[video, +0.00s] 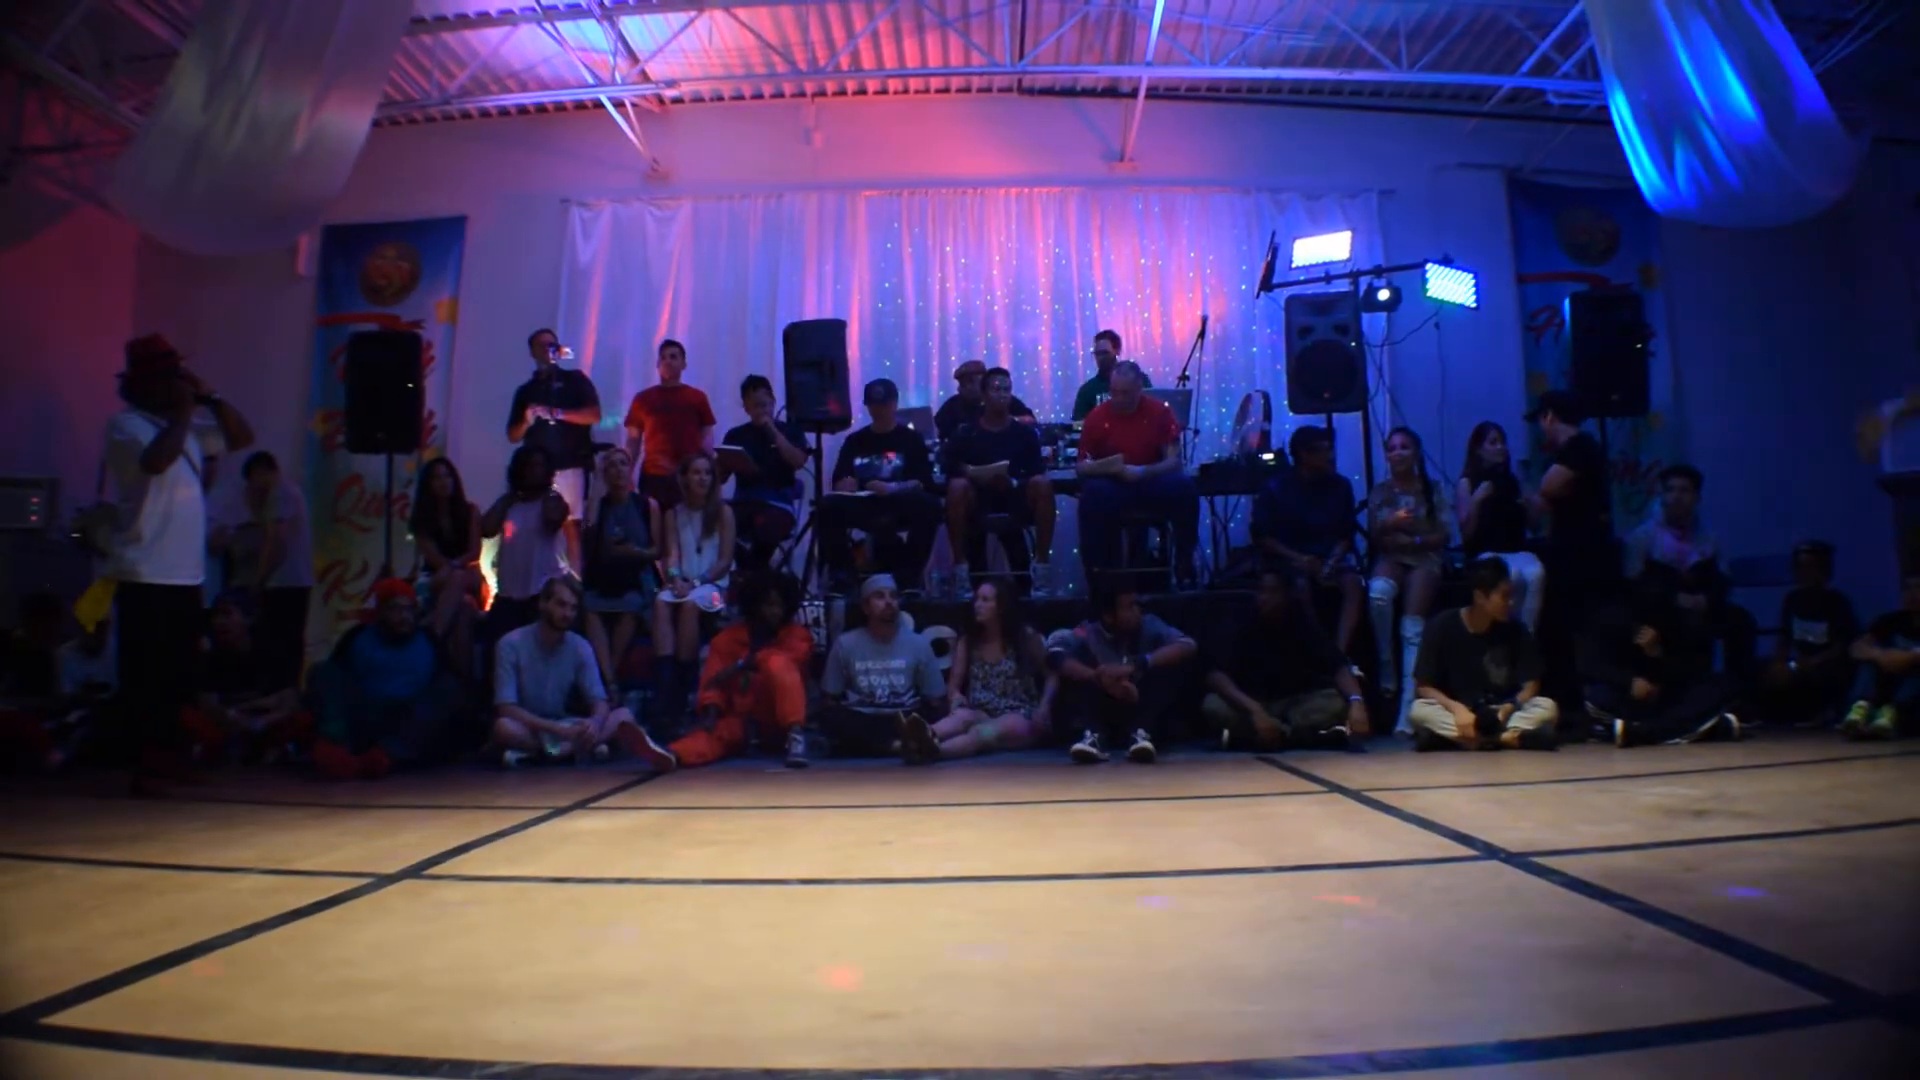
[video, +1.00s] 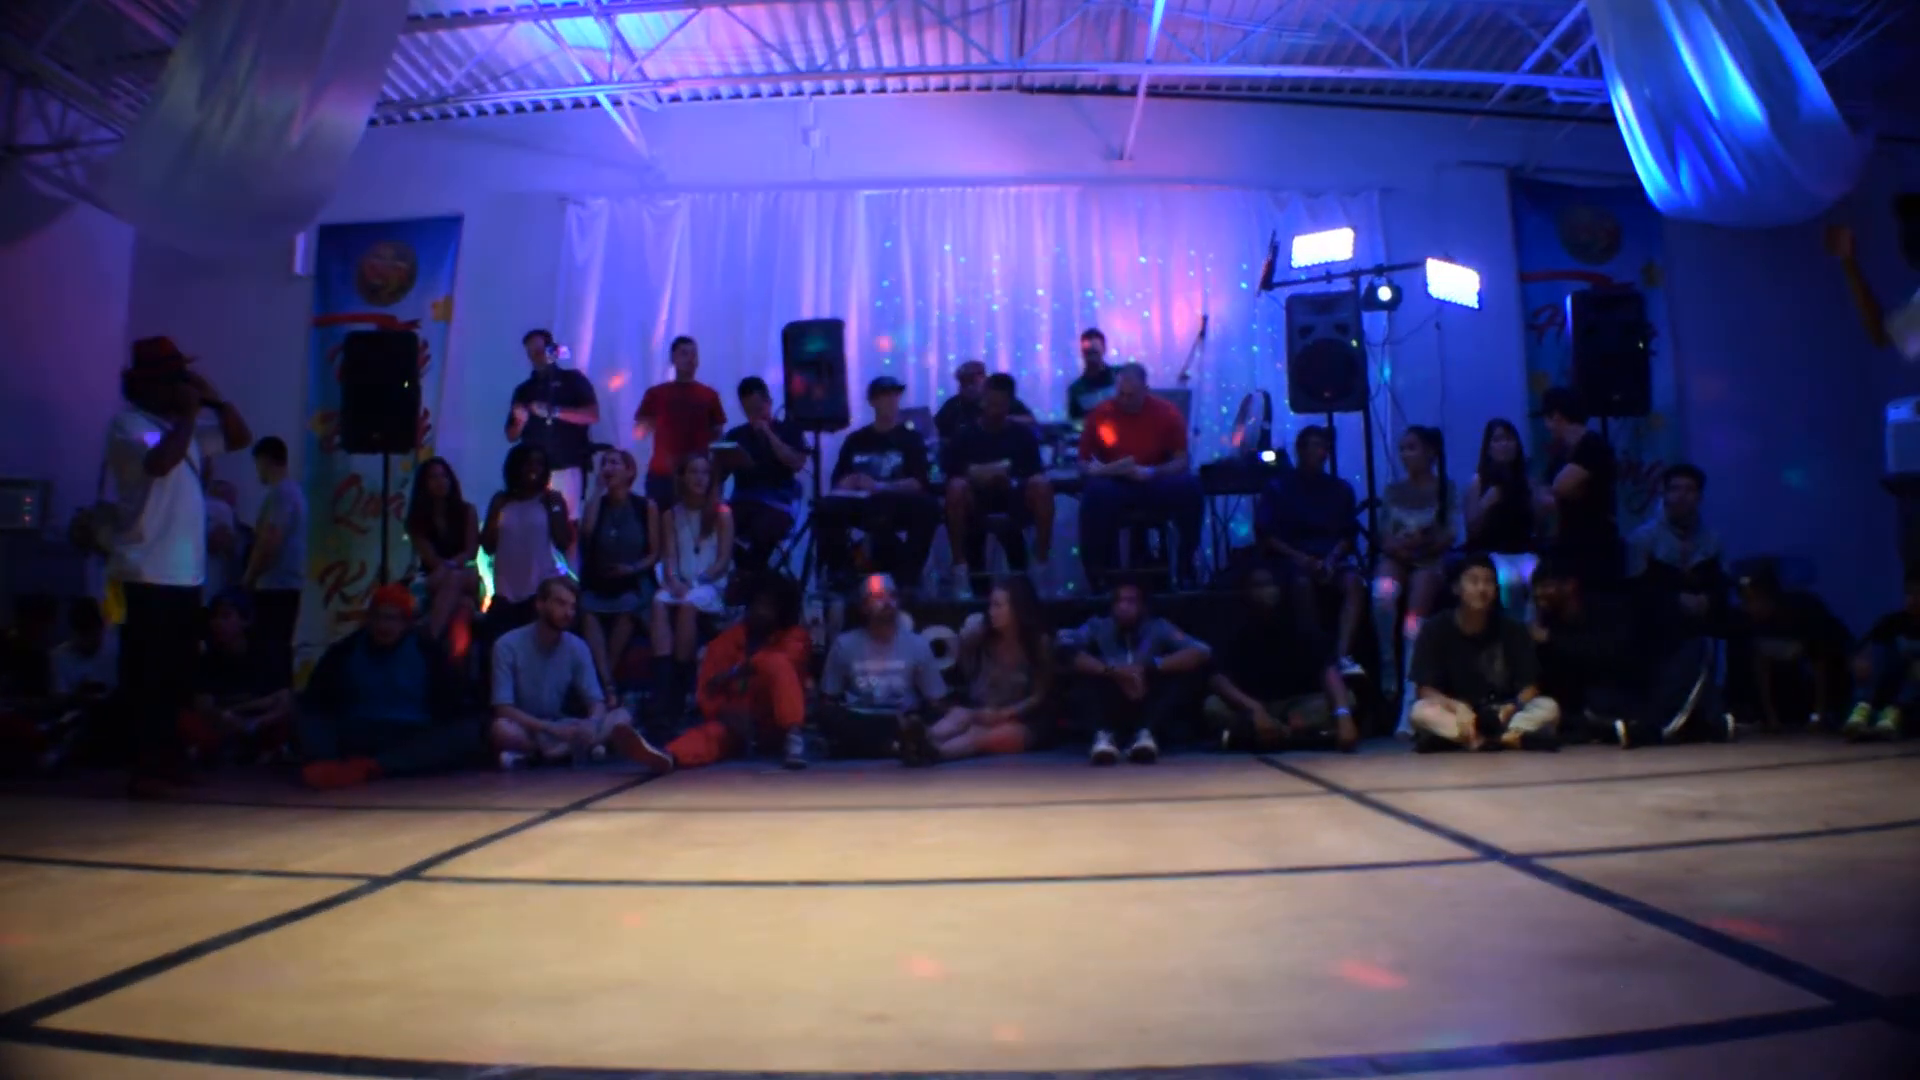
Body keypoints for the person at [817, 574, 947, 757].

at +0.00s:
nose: (888, 602)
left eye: (892, 596)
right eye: (880, 597)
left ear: (898, 602)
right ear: (866, 605)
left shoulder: (917, 645)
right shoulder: (846, 645)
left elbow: (936, 702)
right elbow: (829, 699)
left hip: (905, 716)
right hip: (860, 717)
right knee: (831, 718)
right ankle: (894, 744)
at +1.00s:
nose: (886, 603)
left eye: (891, 596)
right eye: (878, 598)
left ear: (897, 601)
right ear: (864, 605)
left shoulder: (916, 645)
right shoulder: (845, 645)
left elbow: (937, 702)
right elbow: (829, 701)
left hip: (908, 721)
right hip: (862, 722)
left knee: (964, 714)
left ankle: (925, 747)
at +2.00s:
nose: (885, 603)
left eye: (890, 596)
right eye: (877, 597)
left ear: (897, 602)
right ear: (864, 606)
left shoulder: (916, 645)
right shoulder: (844, 645)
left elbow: (937, 700)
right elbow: (828, 699)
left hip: (905, 718)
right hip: (861, 719)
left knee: (964, 715)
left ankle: (923, 740)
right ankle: (896, 746)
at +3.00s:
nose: (856, 609)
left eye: (864, 603)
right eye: (856, 602)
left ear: (885, 608)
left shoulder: (915, 645)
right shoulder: (843, 644)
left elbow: (934, 700)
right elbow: (829, 697)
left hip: (902, 715)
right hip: (857, 715)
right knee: (829, 717)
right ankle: (894, 745)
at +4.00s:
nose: (855, 610)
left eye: (862, 604)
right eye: (855, 604)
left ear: (883, 609)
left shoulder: (914, 644)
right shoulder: (843, 644)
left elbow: (934, 699)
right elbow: (829, 698)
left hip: (903, 718)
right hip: (859, 717)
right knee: (830, 720)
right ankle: (894, 747)